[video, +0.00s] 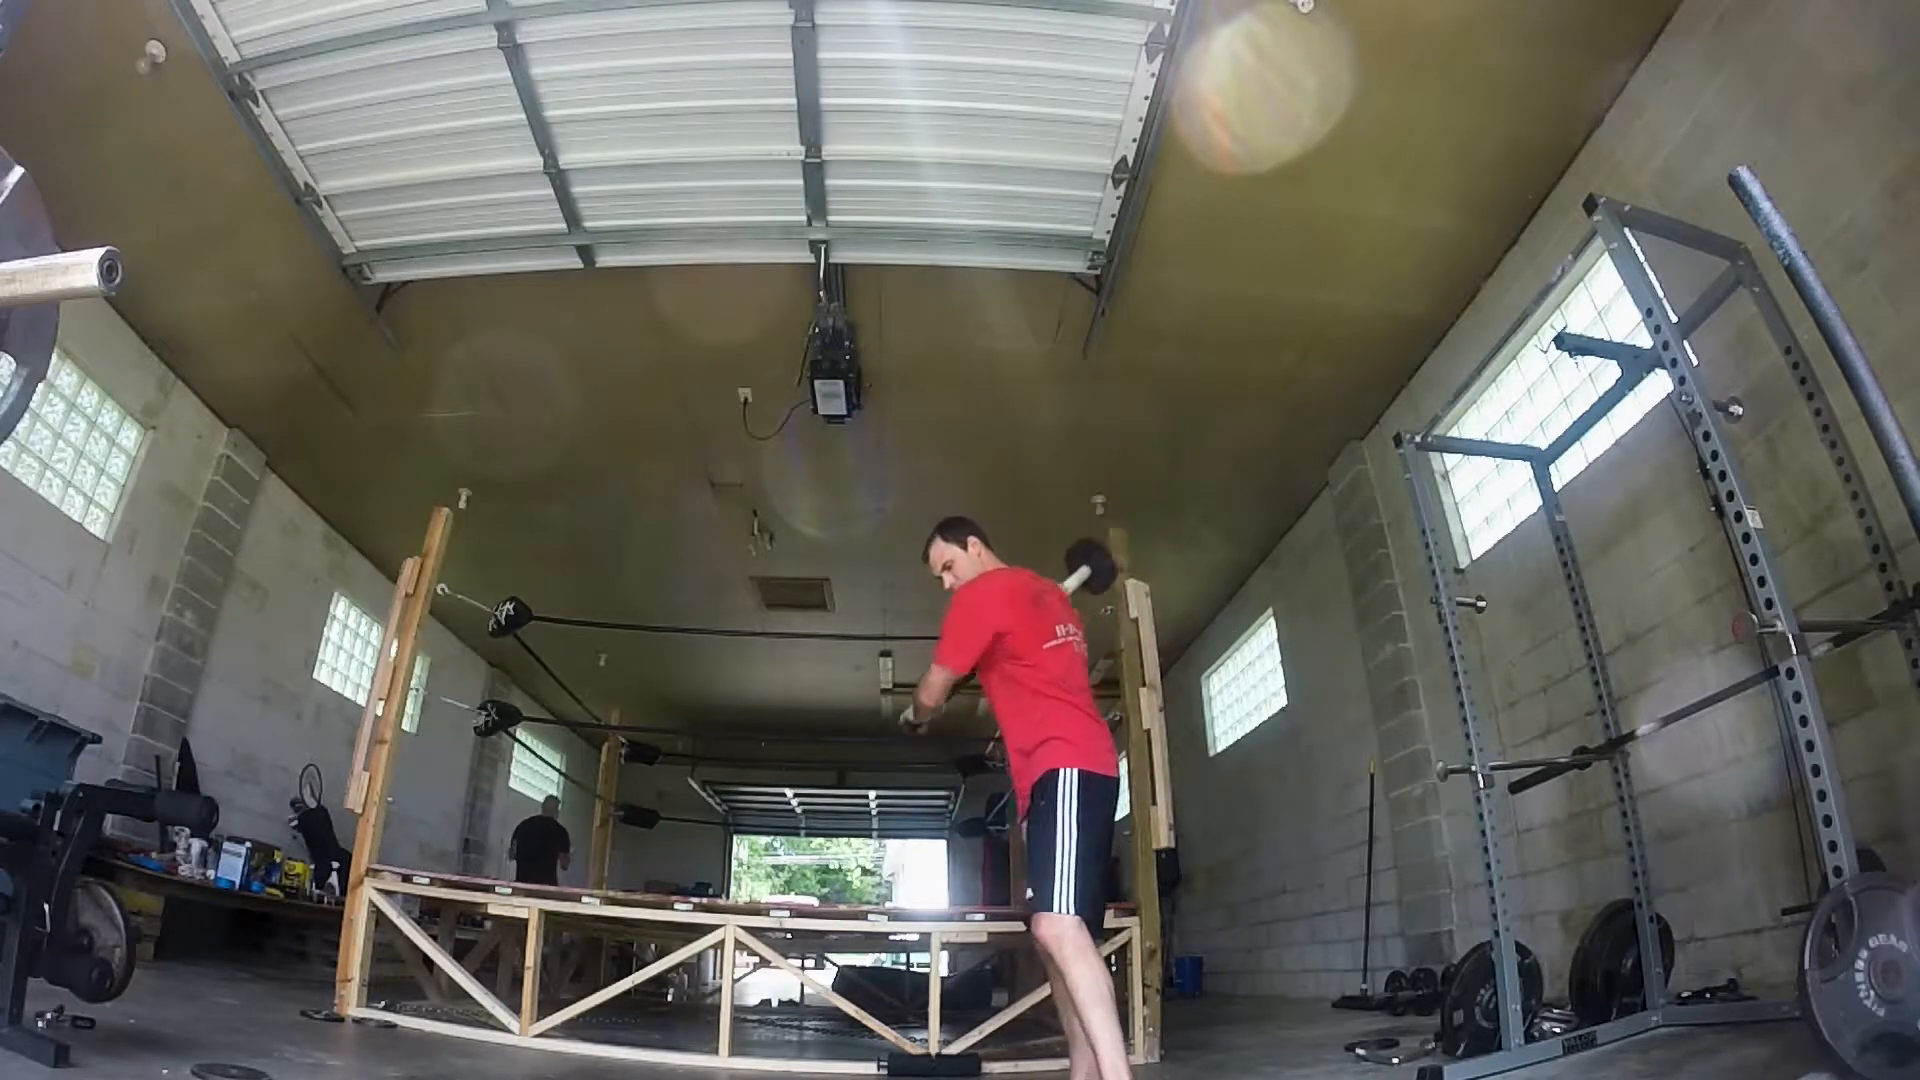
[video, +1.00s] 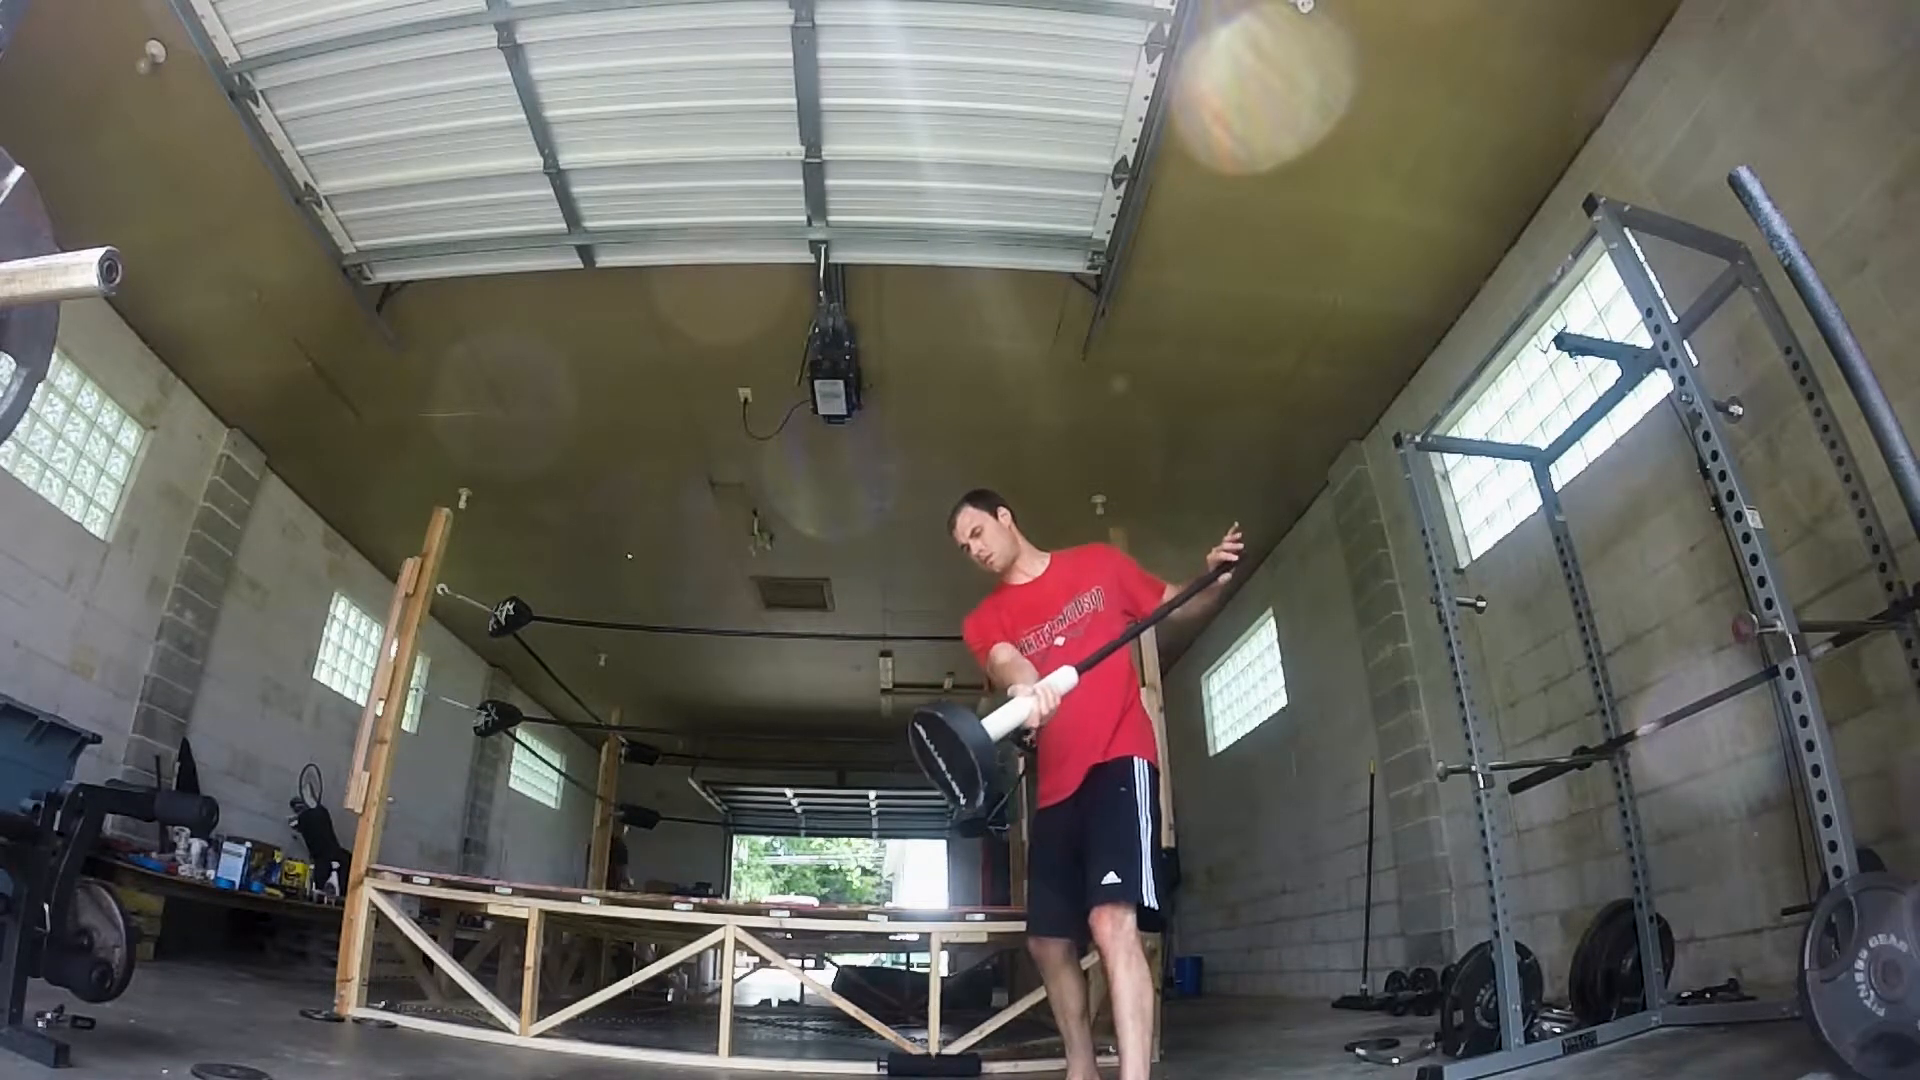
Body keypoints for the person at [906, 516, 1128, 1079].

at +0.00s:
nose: (946, 583)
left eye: (947, 567)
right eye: (939, 575)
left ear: (974, 545)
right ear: (980, 549)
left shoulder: (984, 592)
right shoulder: (1051, 593)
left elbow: (930, 693)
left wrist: (918, 718)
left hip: (1066, 765)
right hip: (1078, 765)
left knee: (1058, 924)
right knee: (1052, 929)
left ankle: (1116, 1073)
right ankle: (1084, 1072)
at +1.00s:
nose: (975, 549)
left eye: (977, 532)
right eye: (965, 545)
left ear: (1007, 518)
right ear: (965, 556)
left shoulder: (1099, 562)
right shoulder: (983, 619)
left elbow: (1176, 612)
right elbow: (1005, 663)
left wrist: (1215, 578)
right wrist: (1029, 687)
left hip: (1121, 756)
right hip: (1057, 780)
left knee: (1111, 921)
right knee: (1048, 939)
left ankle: (1135, 1074)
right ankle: (1082, 1071)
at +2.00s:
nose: (956, 584)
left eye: (953, 569)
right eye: (950, 574)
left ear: (977, 546)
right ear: (998, 542)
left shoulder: (978, 604)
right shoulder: (1082, 583)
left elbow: (941, 701)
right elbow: (1111, 661)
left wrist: (934, 732)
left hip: (1056, 784)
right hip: (1112, 785)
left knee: (1044, 940)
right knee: (1086, 942)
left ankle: (1116, 1074)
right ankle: (1086, 1071)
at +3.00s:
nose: (951, 591)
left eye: (948, 578)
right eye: (947, 582)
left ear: (965, 559)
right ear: (995, 553)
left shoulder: (960, 614)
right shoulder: (1066, 581)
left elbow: (969, 665)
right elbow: (1112, 556)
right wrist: (1100, 481)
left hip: (1049, 778)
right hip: (1100, 773)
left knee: (1050, 934)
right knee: (1072, 936)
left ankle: (1117, 1075)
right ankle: (1083, 1072)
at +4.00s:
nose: (963, 581)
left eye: (963, 563)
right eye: (954, 576)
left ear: (990, 540)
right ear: (960, 578)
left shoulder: (1075, 562)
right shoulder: (1000, 653)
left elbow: (1174, 596)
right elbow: (999, 758)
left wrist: (1132, 668)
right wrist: (951, 848)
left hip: (1133, 764)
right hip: (1078, 791)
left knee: (1108, 924)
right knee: (1065, 939)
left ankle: (1138, 1075)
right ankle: (1087, 1073)